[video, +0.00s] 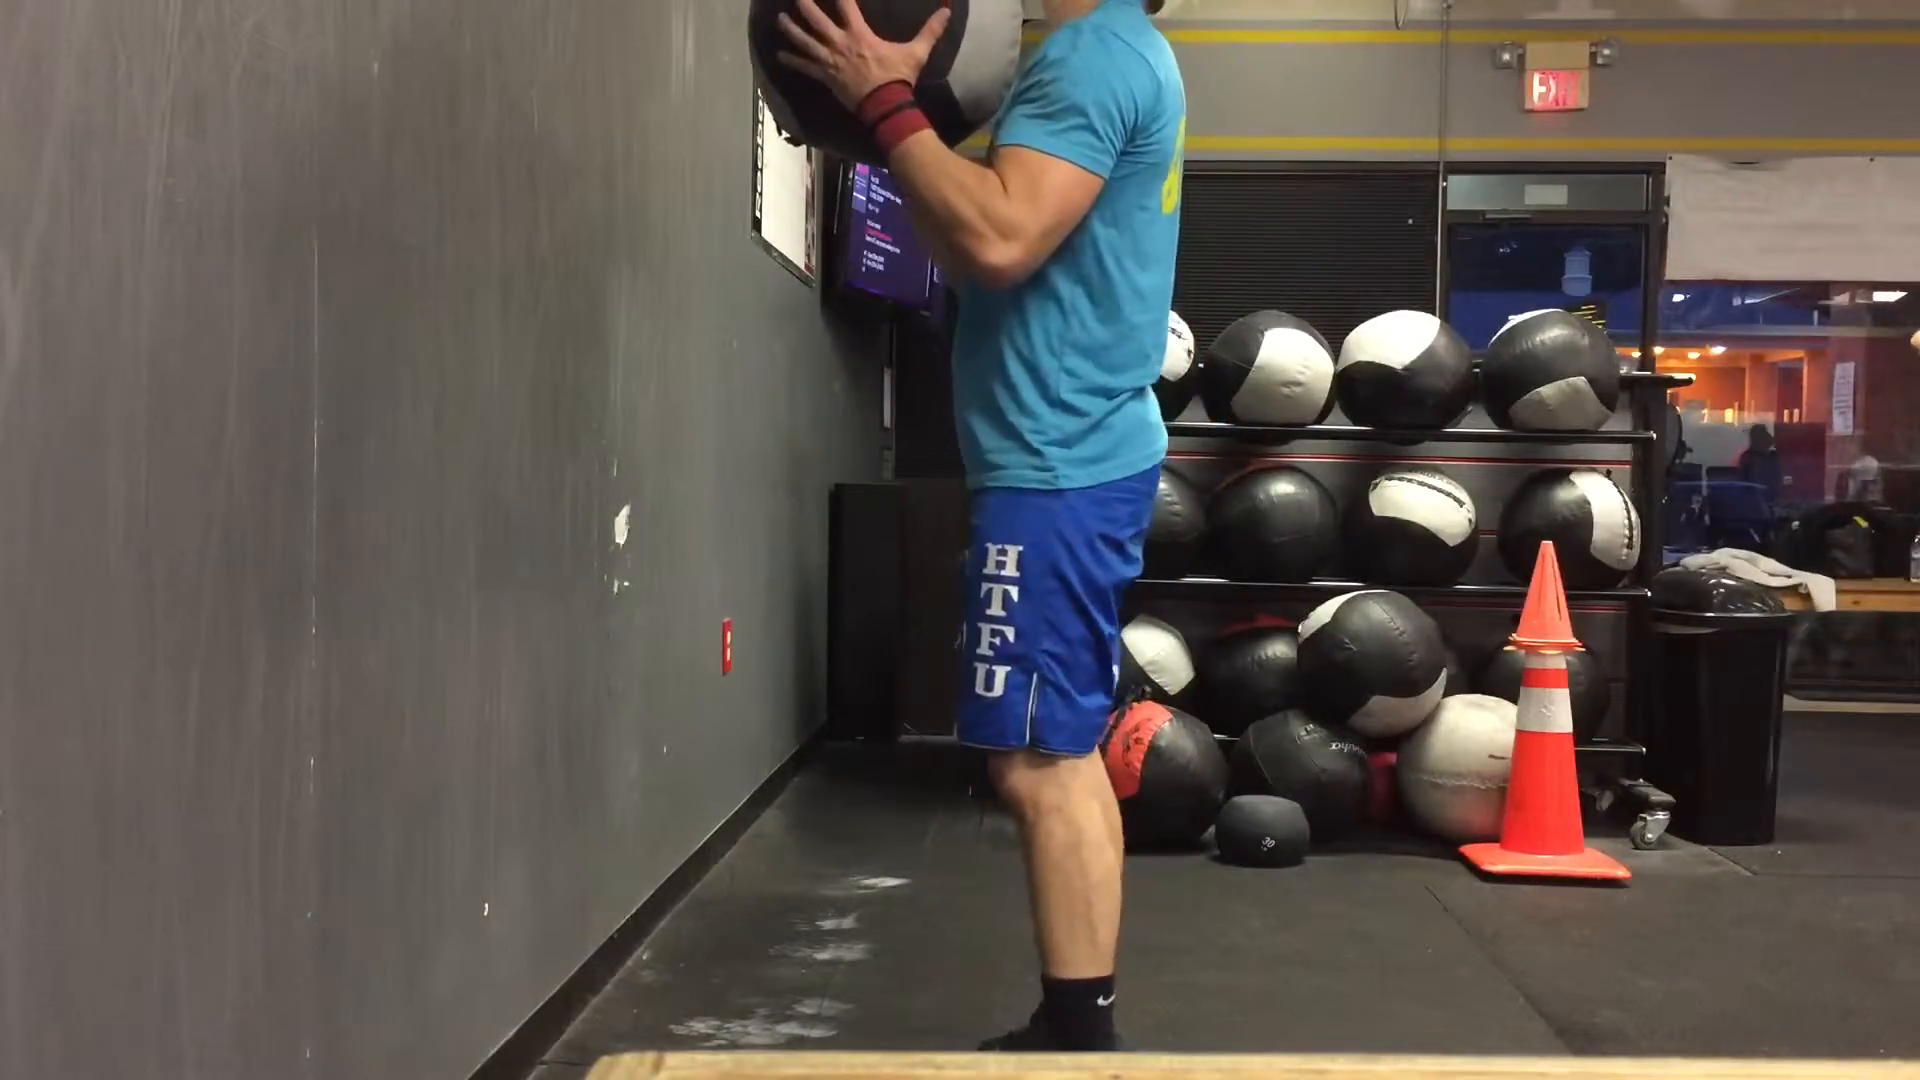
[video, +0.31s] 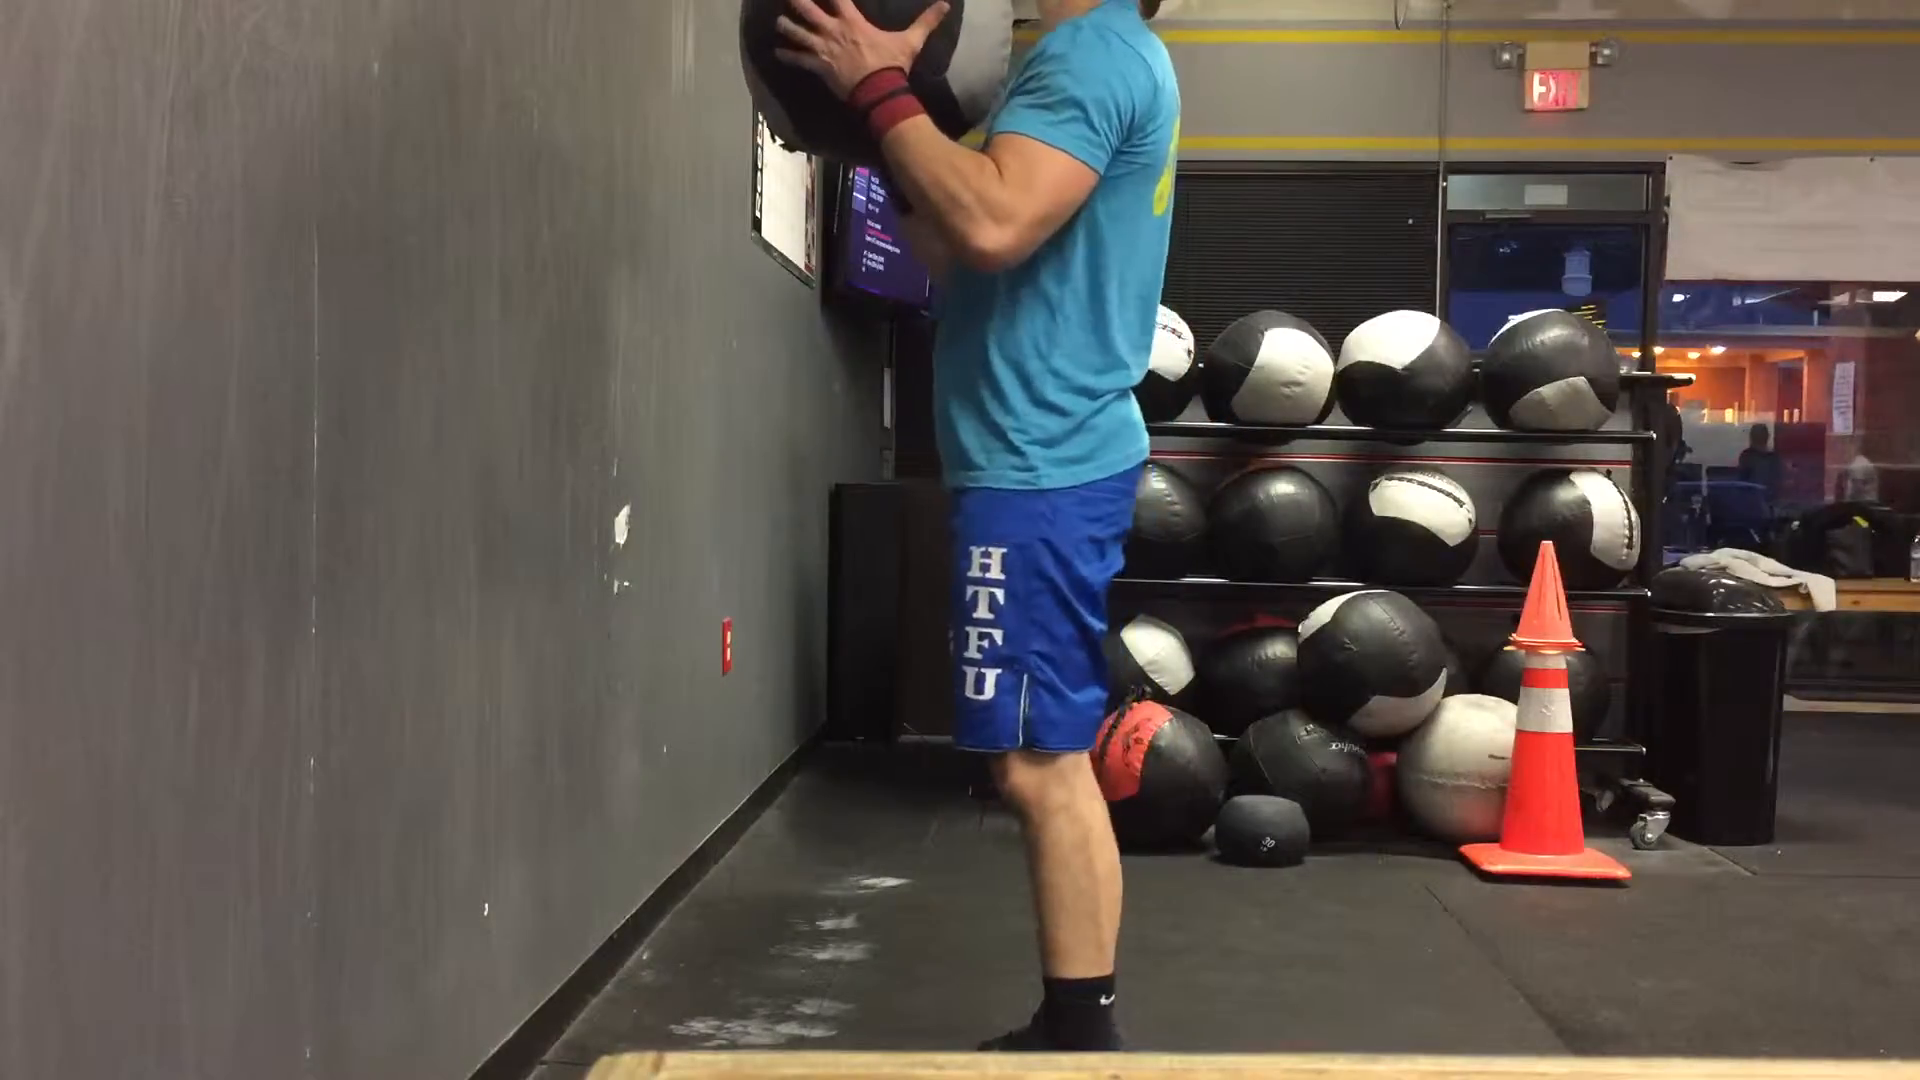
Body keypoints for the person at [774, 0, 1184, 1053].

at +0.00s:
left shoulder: (1099, 59)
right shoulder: (1090, 51)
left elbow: (999, 240)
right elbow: (987, 226)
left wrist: (885, 102)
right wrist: (898, 111)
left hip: (1058, 467)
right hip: (1067, 458)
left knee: (1037, 760)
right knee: (1061, 756)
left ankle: (1076, 1029)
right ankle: (1081, 1022)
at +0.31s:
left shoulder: (1098, 57)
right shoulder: (1074, 53)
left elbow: (992, 226)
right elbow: (953, 241)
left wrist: (882, 87)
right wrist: (892, 101)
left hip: (1043, 467)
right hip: (1033, 463)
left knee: (1040, 765)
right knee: (1046, 762)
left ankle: (1079, 1026)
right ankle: (1079, 1020)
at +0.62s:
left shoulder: (1081, 48)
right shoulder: (1088, 44)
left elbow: (956, 217)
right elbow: (960, 194)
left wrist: (860, 77)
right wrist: (876, 81)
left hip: (1020, 465)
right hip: (1029, 459)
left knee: (1027, 768)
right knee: (1040, 765)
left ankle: (1073, 1028)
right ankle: (1074, 1021)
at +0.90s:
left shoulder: (1073, 46)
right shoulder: (1095, 43)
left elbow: (942, 212)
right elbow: (953, 193)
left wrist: (859, 63)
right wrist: (876, 68)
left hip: (1022, 463)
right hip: (1034, 455)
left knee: (1035, 767)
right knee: (1041, 764)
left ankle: (1076, 1027)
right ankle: (1074, 1020)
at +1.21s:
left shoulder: (1082, 41)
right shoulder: (1099, 39)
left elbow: (954, 208)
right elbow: (963, 189)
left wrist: (863, 65)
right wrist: (880, 70)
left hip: (1031, 462)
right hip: (1042, 455)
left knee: (1041, 767)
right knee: (1053, 764)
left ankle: (1076, 1031)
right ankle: (1079, 1025)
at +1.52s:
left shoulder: (1089, 39)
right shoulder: (1098, 37)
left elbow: (963, 207)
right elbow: (964, 185)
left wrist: (870, 66)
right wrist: (881, 64)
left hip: (1048, 464)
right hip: (1045, 458)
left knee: (1056, 766)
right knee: (1056, 764)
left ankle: (1081, 1032)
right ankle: (1080, 1024)